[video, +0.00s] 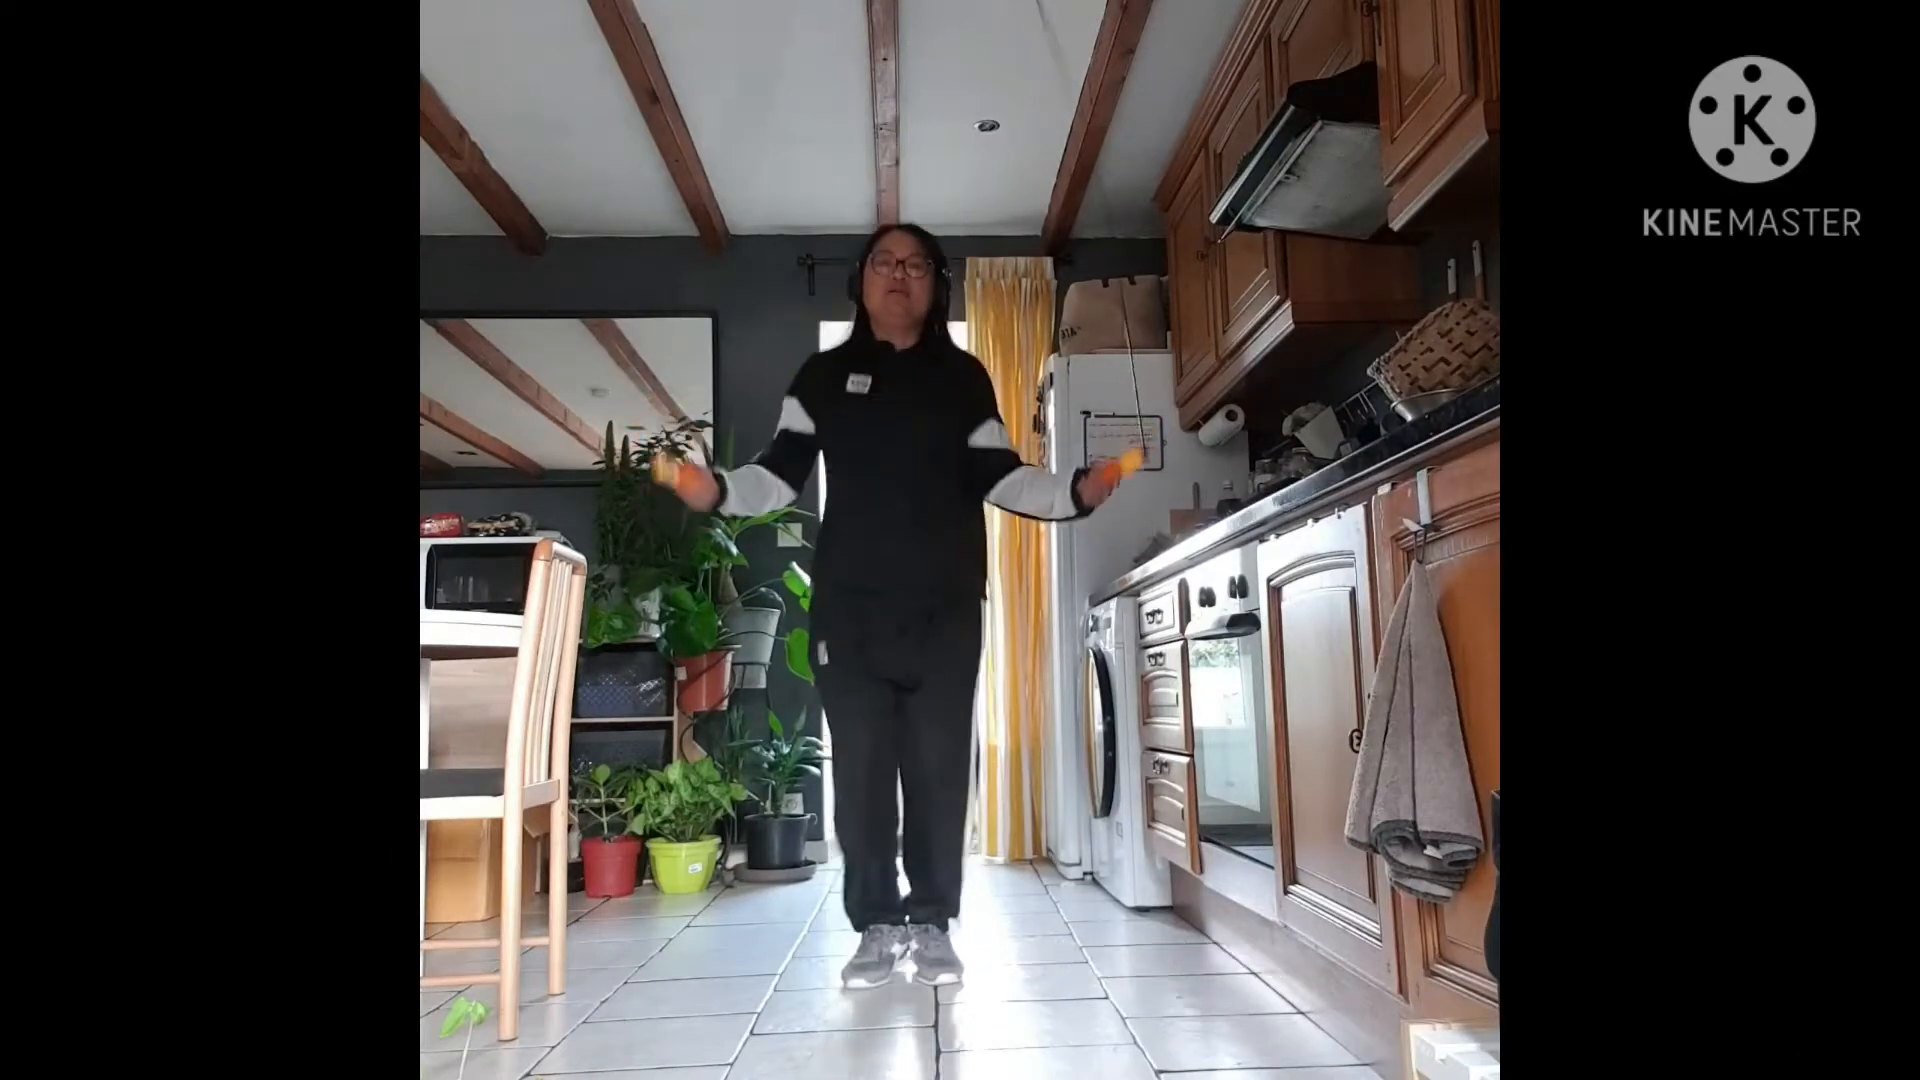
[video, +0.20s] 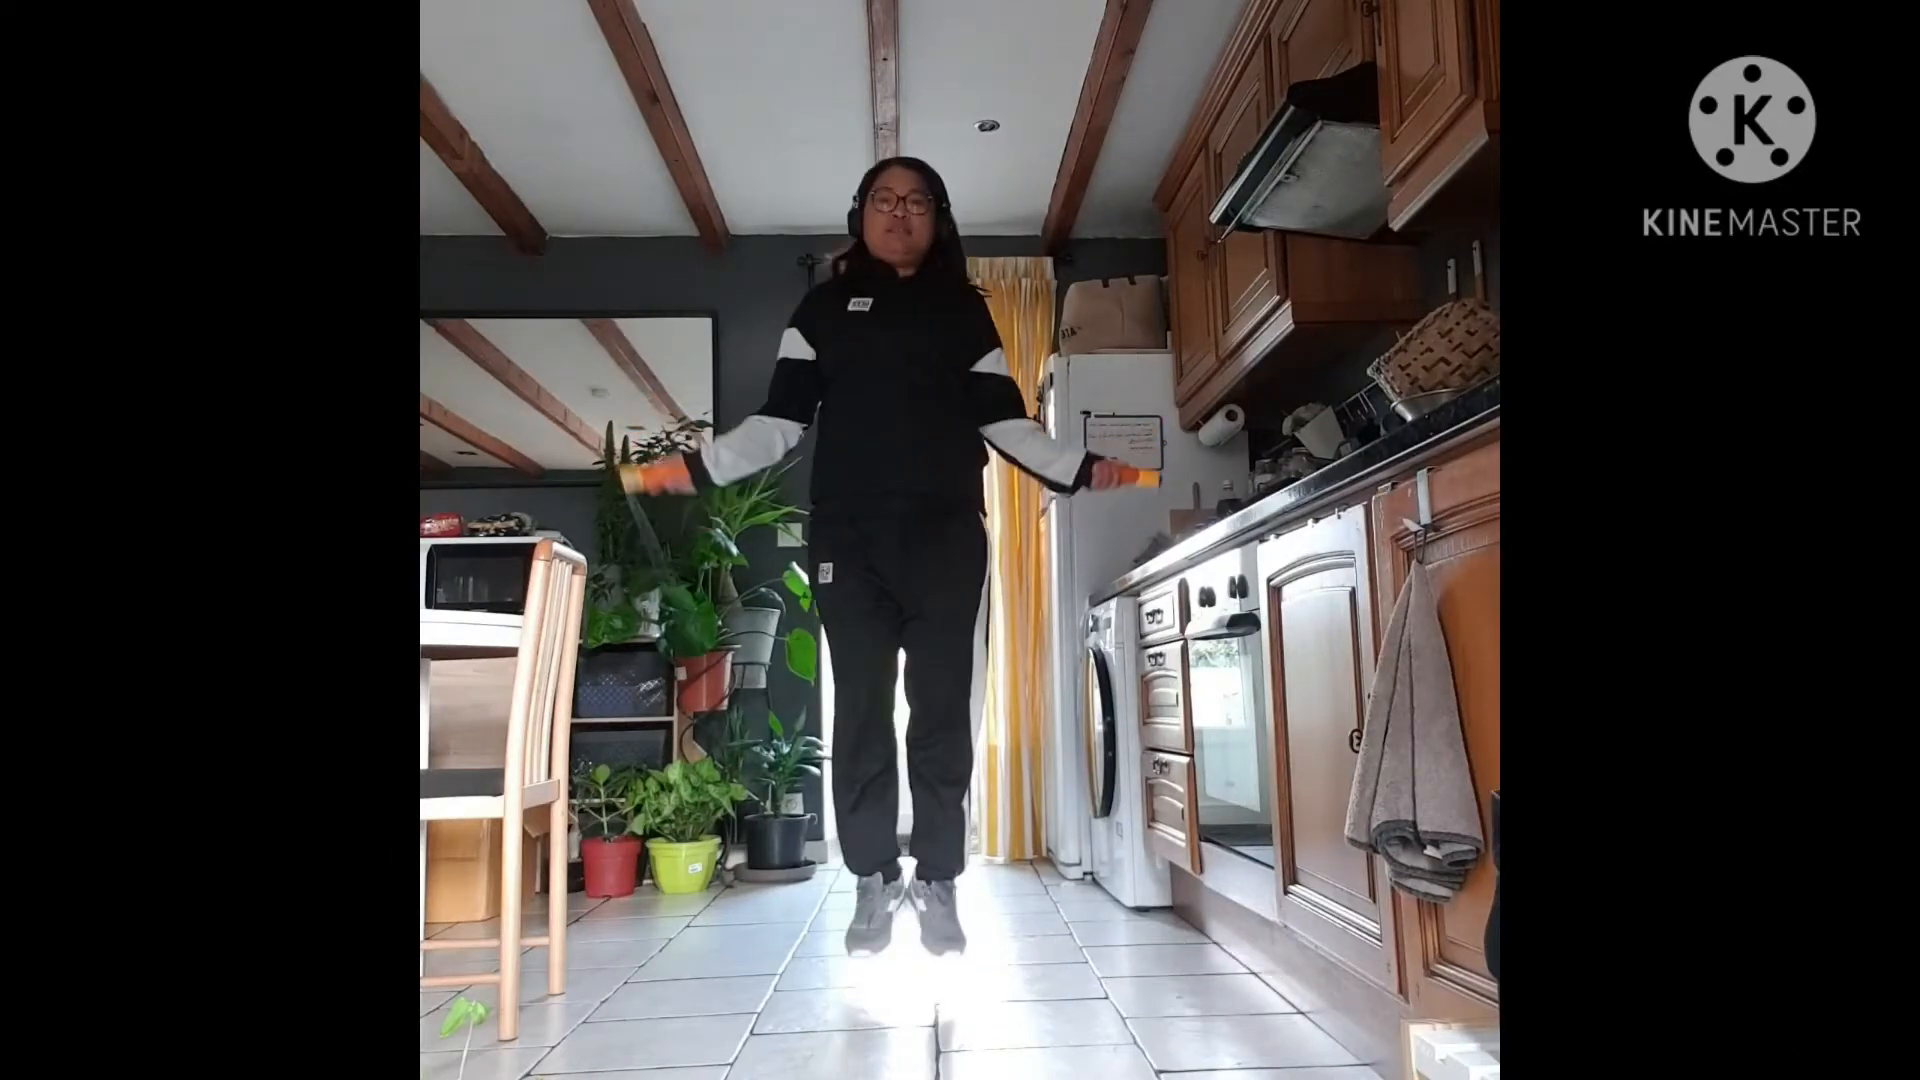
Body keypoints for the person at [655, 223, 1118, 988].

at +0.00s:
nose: (898, 274)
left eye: (914, 264)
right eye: (884, 262)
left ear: (937, 286)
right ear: (861, 282)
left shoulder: (964, 377)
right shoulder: (827, 373)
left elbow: (998, 475)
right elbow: (780, 473)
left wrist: (1075, 491)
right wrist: (718, 489)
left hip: (945, 598)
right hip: (853, 597)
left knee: (938, 764)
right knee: (862, 765)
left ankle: (933, 924)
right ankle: (876, 928)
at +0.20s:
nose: (899, 212)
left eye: (914, 201)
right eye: (884, 200)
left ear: (938, 221)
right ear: (859, 219)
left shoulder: (963, 309)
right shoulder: (825, 307)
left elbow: (1002, 421)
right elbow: (782, 421)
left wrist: (1081, 468)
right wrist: (694, 465)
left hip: (946, 533)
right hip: (849, 531)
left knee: (941, 710)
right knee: (859, 711)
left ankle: (938, 884)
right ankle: (873, 881)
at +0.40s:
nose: (900, 284)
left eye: (916, 273)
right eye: (886, 272)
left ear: (939, 293)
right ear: (865, 290)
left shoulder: (965, 380)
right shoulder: (830, 380)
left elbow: (998, 482)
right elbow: (778, 479)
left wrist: (1071, 498)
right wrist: (720, 480)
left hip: (949, 604)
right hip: (853, 603)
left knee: (946, 773)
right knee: (865, 774)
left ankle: (937, 926)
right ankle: (881, 925)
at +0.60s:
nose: (901, 221)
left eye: (918, 209)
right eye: (887, 208)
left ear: (942, 231)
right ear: (864, 228)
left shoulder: (965, 319)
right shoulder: (828, 315)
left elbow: (999, 427)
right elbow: (789, 427)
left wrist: (1071, 479)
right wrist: (710, 488)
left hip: (948, 549)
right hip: (853, 547)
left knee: (948, 723)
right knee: (861, 722)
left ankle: (945, 892)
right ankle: (872, 893)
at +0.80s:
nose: (909, 252)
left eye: (925, 242)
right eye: (895, 240)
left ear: (949, 266)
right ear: (871, 261)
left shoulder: (972, 350)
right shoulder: (837, 349)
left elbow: (1013, 454)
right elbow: (781, 446)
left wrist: (1100, 461)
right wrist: (695, 445)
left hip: (953, 577)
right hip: (859, 575)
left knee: (951, 751)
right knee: (869, 751)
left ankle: (942, 921)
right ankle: (881, 922)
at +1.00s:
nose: (907, 229)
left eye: (923, 220)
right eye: (893, 217)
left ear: (946, 243)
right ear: (869, 238)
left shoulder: (971, 329)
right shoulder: (832, 327)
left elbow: (1015, 445)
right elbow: (790, 439)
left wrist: (1084, 506)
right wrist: (727, 494)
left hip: (950, 565)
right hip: (855, 563)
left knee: (947, 742)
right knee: (867, 743)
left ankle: (944, 909)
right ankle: (877, 906)